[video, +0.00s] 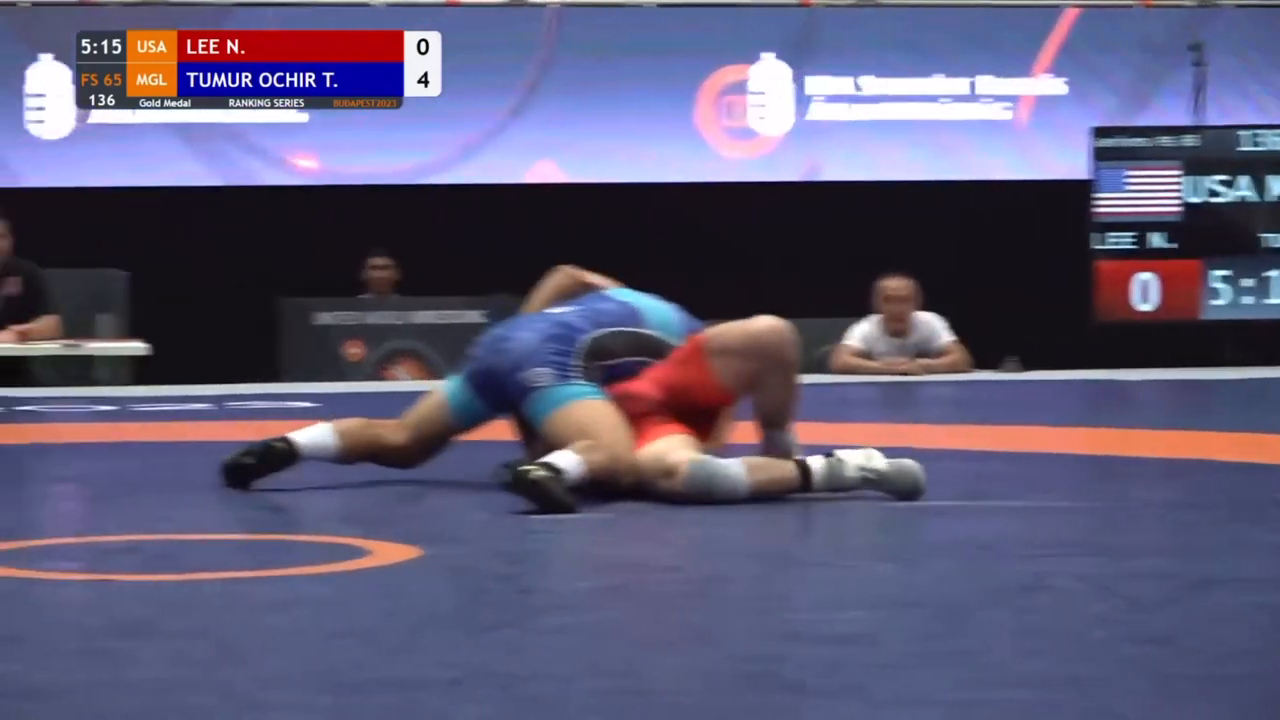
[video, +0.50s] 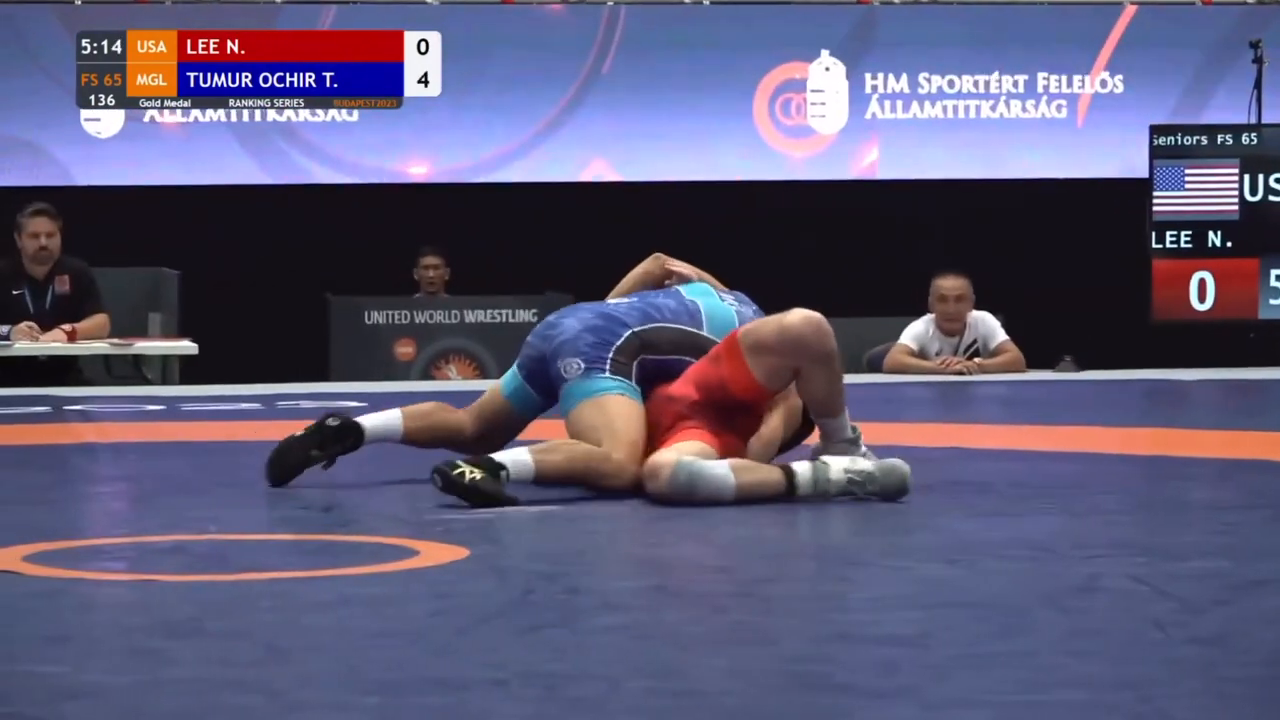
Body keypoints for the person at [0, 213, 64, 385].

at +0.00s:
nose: (2, 243)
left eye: (3, 237)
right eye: (2, 237)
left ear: (11, 239)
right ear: (6, 239)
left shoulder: (25, 271)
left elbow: (53, 325)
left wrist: (12, 333)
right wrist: (10, 334)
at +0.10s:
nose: (30, 245)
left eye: (37, 237)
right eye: (21, 238)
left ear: (47, 240)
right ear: (6, 241)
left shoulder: (64, 274)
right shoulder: (3, 277)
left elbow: (89, 327)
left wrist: (51, 333)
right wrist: (2, 334)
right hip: (6, 376)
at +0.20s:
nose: (36, 245)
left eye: (44, 238)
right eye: (27, 238)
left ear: (53, 240)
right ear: (12, 241)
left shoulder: (70, 275)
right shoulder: (4, 278)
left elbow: (95, 327)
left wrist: (58, 333)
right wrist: (4, 333)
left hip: (59, 378)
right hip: (9, 379)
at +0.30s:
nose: (41, 245)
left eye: (48, 237)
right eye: (32, 238)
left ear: (58, 239)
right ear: (17, 241)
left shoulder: (75, 274)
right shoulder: (6, 277)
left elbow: (100, 327)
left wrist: (63, 332)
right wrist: (8, 333)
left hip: (63, 379)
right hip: (13, 379)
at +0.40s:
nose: (44, 245)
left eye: (51, 237)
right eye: (35, 238)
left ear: (61, 239)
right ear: (19, 241)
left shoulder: (78, 275)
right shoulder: (6, 277)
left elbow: (102, 327)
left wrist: (66, 333)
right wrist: (10, 333)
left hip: (65, 379)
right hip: (13, 380)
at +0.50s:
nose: (43, 243)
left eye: (50, 236)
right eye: (34, 237)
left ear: (60, 237)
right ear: (18, 239)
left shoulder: (77, 273)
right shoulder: (5, 275)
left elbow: (101, 325)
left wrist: (65, 332)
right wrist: (8, 332)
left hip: (64, 377)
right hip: (13, 378)